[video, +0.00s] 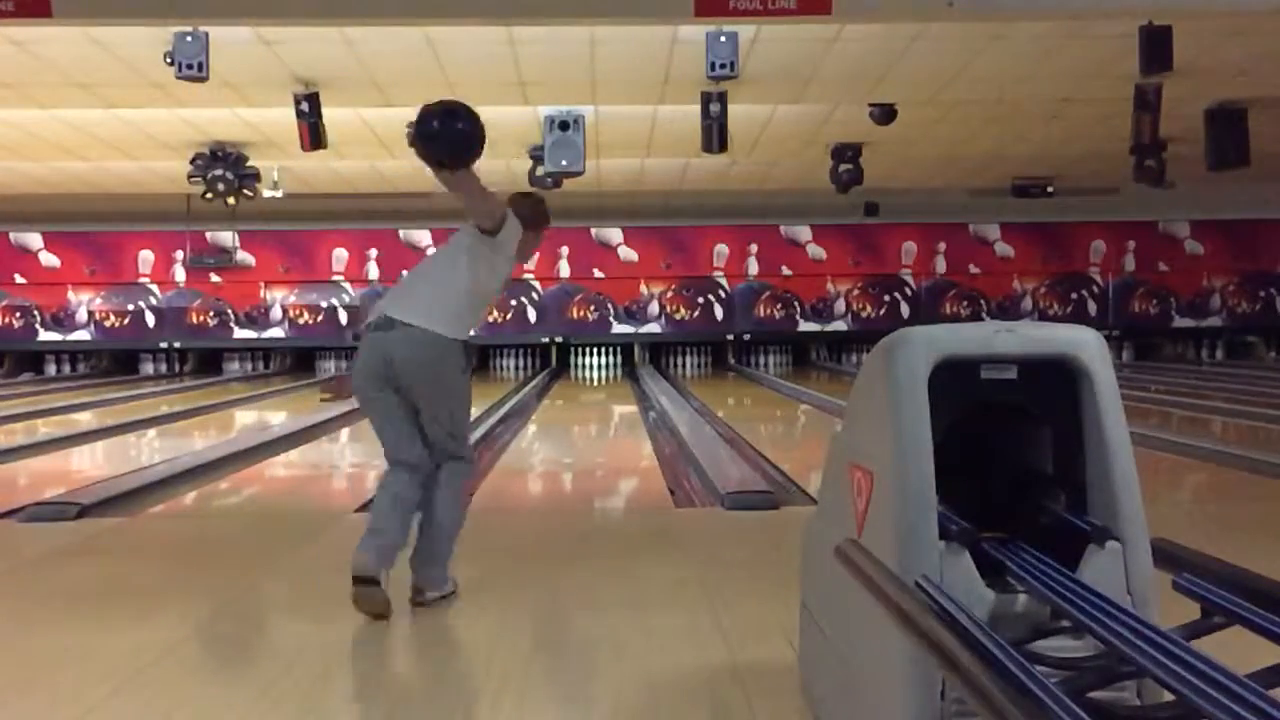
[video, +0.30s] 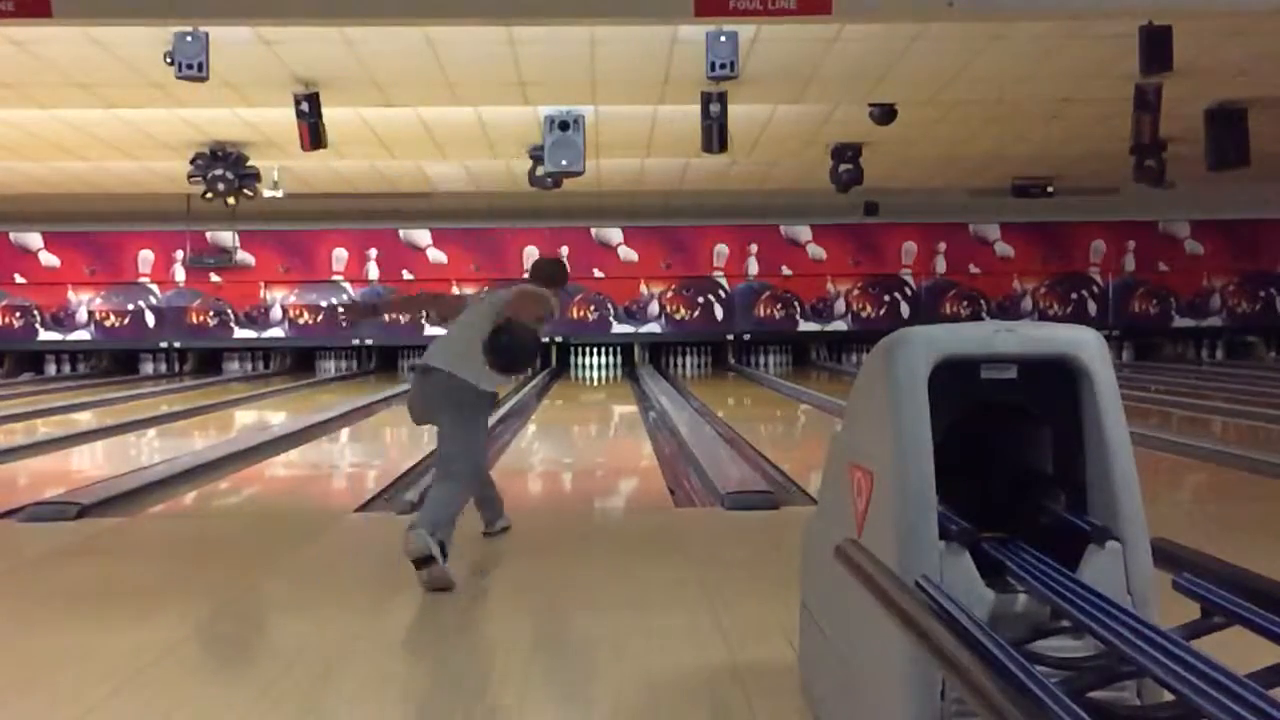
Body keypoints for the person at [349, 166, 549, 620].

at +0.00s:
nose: (534, 252)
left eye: (537, 244)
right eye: (536, 242)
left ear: (509, 217)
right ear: (530, 231)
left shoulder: (464, 249)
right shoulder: (506, 232)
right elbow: (477, 197)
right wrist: (445, 157)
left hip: (372, 348)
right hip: (429, 347)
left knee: (408, 464)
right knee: (453, 459)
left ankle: (370, 564)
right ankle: (430, 580)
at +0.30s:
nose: (560, 296)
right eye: (563, 290)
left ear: (529, 273)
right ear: (560, 286)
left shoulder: (491, 298)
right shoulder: (542, 299)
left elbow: (431, 302)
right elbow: (522, 305)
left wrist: (377, 308)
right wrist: (523, 338)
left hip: (427, 381)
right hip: (469, 388)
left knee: (471, 454)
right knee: (456, 472)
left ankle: (493, 516)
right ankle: (427, 533)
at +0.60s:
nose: (532, 281)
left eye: (530, 277)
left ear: (529, 280)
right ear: (557, 283)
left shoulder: (510, 292)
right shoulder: (570, 310)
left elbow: (461, 305)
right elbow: (573, 357)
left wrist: (440, 315)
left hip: (463, 351)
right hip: (494, 369)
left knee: (504, 429)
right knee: (436, 444)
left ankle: (513, 507)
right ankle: (345, 433)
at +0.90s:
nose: (584, 232)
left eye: (578, 226)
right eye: (584, 227)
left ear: (555, 219)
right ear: (583, 226)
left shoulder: (530, 237)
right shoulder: (582, 248)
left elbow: (490, 231)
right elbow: (622, 234)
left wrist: (447, 227)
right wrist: (609, 204)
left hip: (487, 338)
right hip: (486, 327)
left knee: (507, 419)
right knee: (427, 396)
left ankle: (515, 505)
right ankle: (385, 324)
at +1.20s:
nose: (583, 226)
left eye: (578, 218)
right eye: (584, 220)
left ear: (553, 211)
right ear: (581, 220)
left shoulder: (524, 231)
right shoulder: (573, 248)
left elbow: (475, 230)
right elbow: (617, 281)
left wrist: (422, 238)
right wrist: (645, 292)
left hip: (499, 343)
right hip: (483, 331)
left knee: (513, 417)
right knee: (449, 413)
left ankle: (505, 501)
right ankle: (361, 395)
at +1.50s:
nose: (583, 221)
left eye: (580, 213)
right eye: (583, 215)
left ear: (552, 207)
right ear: (579, 215)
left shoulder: (523, 227)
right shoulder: (575, 251)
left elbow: (467, 233)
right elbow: (597, 304)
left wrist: (417, 248)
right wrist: (615, 346)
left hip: (497, 340)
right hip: (485, 335)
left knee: (512, 417)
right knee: (457, 416)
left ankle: (504, 501)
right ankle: (373, 452)